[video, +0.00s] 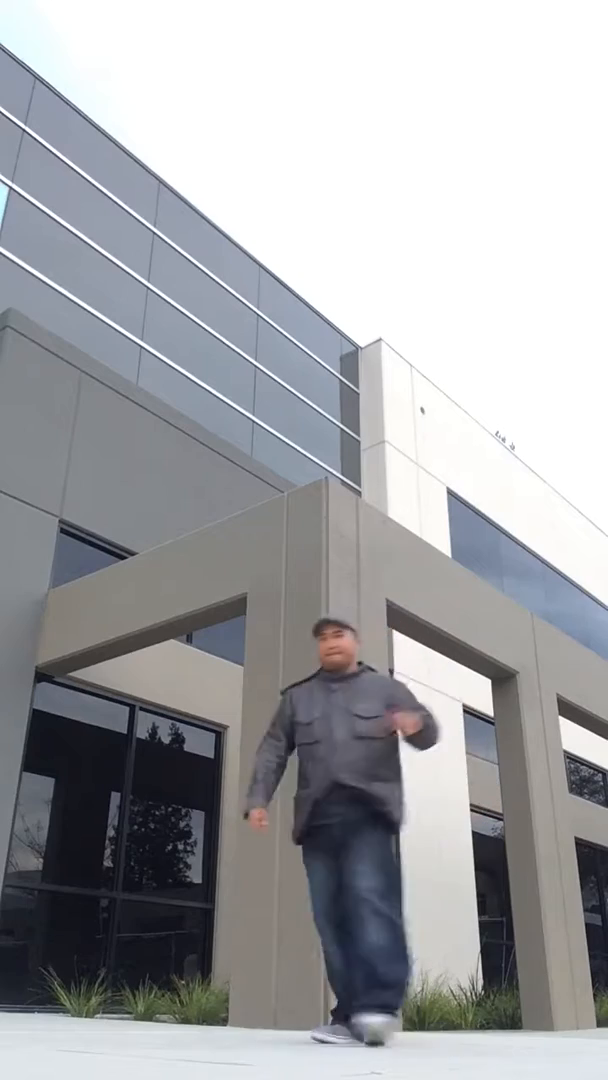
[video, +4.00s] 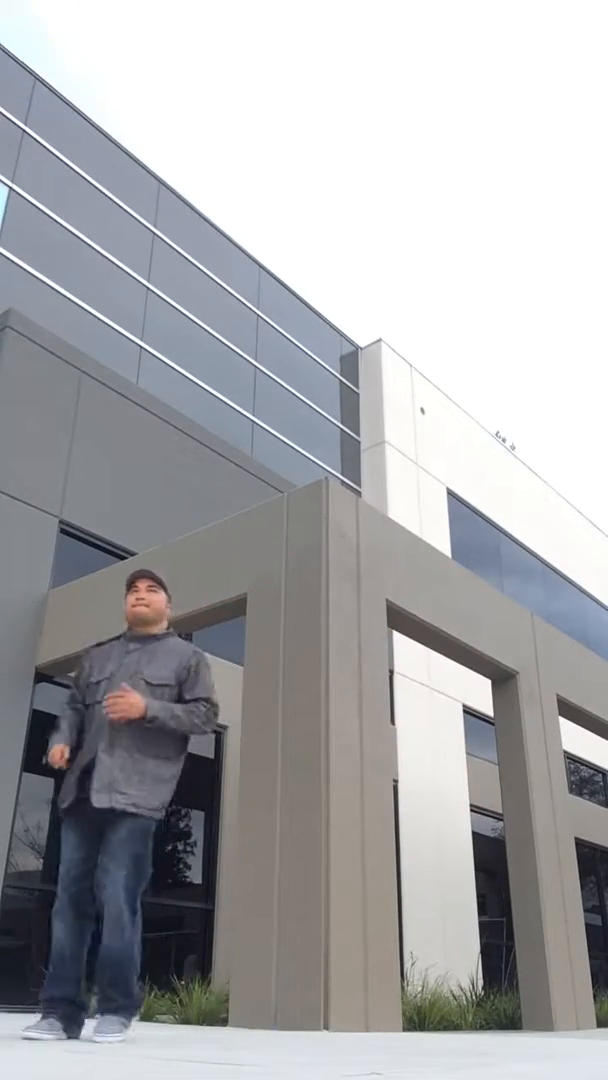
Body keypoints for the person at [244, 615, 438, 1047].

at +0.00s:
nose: (332, 642)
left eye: (340, 635)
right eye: (324, 637)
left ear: (357, 643)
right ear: (316, 649)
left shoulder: (386, 688)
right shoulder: (298, 697)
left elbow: (430, 736)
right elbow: (273, 748)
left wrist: (415, 724)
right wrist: (258, 799)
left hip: (369, 810)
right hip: (318, 814)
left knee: (368, 899)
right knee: (328, 913)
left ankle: (379, 1008)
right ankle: (349, 1015)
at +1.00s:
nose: (197, 662)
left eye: (201, 655)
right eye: (199, 655)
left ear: (218, 656)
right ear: (236, 659)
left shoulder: (200, 690)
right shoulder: (273, 704)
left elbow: (164, 743)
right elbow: (294, 762)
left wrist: (143, 788)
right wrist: (282, 819)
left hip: (205, 812)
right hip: (256, 820)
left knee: (169, 895)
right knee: (217, 915)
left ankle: (212, 979)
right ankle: (217, 1020)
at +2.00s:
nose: (211, 563)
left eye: (221, 554)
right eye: (210, 557)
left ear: (253, 562)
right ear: (227, 570)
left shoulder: (263, 589)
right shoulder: (236, 614)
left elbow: (267, 633)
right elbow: (241, 699)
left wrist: (196, 643)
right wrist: (215, 757)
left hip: (258, 751)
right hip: (230, 758)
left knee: (268, 879)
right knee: (216, 885)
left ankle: (309, 1016)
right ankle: (215, 1021)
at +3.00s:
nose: (255, 559)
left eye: (262, 555)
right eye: (243, 552)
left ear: (268, 573)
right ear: (220, 566)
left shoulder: (269, 629)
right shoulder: (194, 610)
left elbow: (267, 693)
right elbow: (172, 667)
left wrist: (275, 717)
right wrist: (230, 711)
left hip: (251, 775)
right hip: (192, 768)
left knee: (258, 884)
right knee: (192, 880)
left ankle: (246, 1016)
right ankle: (170, 1019)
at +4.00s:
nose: (141, 595)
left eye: (151, 590)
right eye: (134, 591)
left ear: (168, 607)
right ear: (123, 607)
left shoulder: (187, 656)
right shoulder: (95, 655)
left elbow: (206, 717)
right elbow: (74, 707)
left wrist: (148, 707)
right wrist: (62, 738)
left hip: (138, 794)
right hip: (82, 787)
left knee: (117, 895)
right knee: (70, 897)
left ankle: (115, 1010)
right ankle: (61, 1011)